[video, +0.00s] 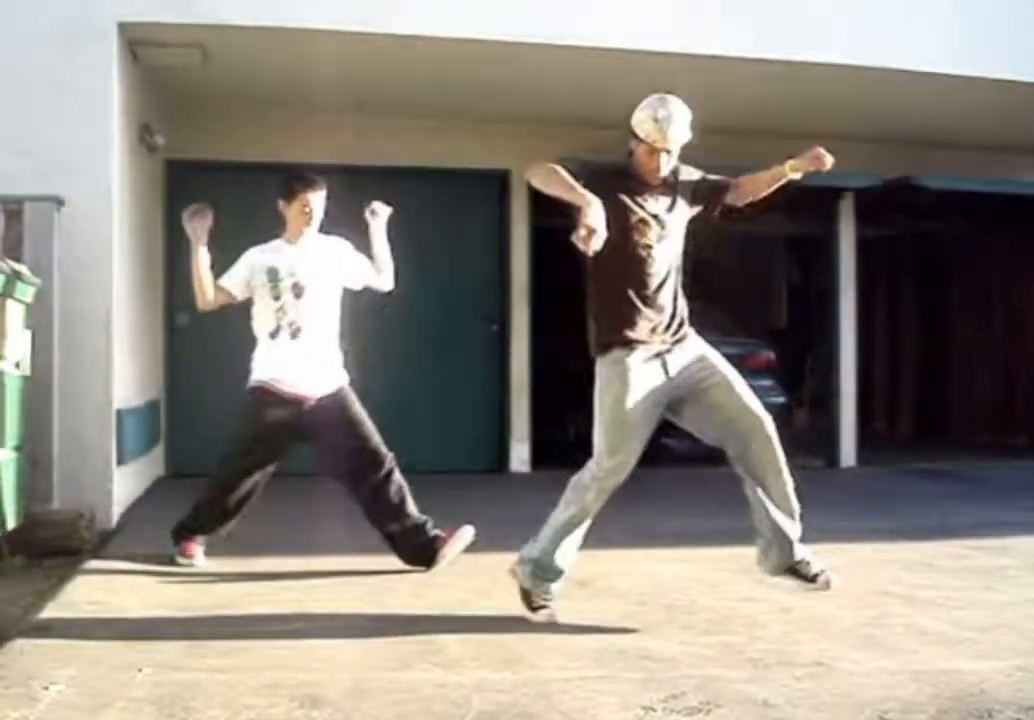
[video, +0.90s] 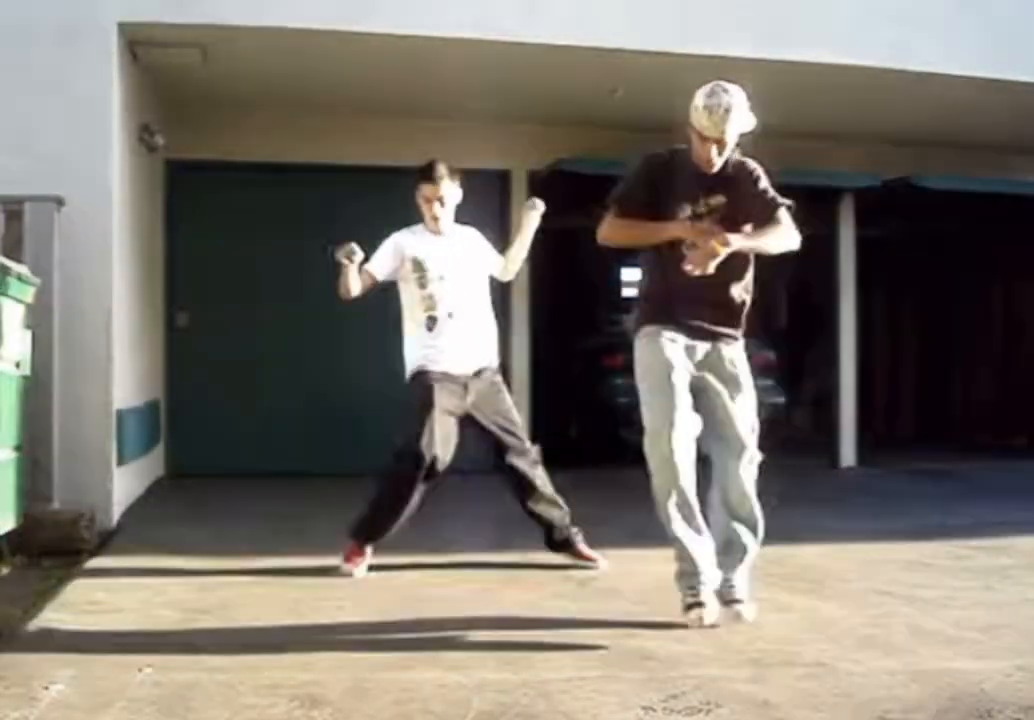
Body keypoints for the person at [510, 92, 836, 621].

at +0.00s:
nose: (660, 163)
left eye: (671, 153)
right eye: (652, 150)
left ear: (681, 150)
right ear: (634, 141)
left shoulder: (683, 184)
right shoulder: (608, 189)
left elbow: (738, 193)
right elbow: (537, 172)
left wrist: (791, 168)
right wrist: (588, 203)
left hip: (683, 345)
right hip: (627, 357)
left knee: (755, 429)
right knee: (611, 466)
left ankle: (785, 553)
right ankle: (536, 570)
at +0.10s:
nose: (675, 149)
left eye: (685, 139)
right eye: (666, 137)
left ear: (698, 133)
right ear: (650, 129)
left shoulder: (704, 169)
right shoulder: (623, 176)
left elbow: (750, 189)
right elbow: (553, 193)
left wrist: (790, 196)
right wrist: (614, 229)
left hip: (703, 332)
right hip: (646, 337)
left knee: (755, 438)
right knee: (655, 445)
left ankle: (722, 545)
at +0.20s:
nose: (693, 158)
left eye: (702, 148)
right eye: (684, 147)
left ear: (717, 144)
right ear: (670, 140)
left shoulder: (731, 189)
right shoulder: (634, 194)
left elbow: (778, 240)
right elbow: (583, 252)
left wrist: (786, 265)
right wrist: (638, 277)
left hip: (721, 346)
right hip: (665, 348)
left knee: (730, 458)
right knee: (690, 456)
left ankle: (682, 553)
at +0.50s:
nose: (723, 154)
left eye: (733, 144)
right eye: (715, 144)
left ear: (749, 135)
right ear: (701, 133)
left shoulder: (771, 178)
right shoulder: (672, 181)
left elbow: (817, 219)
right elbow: (634, 220)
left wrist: (785, 276)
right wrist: (648, 281)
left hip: (755, 342)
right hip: (690, 341)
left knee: (778, 461)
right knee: (684, 463)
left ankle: (739, 558)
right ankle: (725, 578)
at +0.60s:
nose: (734, 167)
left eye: (744, 158)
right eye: (726, 157)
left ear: (763, 150)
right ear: (713, 148)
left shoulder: (785, 193)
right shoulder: (687, 201)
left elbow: (822, 226)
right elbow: (657, 258)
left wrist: (810, 274)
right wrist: (650, 312)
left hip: (771, 365)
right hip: (701, 362)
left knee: (806, 476)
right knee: (663, 473)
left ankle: (836, 587)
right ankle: (634, 590)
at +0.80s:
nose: (725, 161)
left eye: (736, 152)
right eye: (718, 150)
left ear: (754, 145)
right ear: (705, 139)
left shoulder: (773, 187)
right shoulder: (674, 187)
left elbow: (835, 238)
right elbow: (619, 243)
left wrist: (799, 236)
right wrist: (675, 246)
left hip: (751, 352)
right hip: (687, 344)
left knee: (784, 467)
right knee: (674, 454)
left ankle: (823, 584)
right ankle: (623, 593)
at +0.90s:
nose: (713, 151)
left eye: (724, 142)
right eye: (706, 140)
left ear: (739, 136)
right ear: (690, 127)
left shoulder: (747, 175)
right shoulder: (657, 169)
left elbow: (788, 234)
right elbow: (608, 231)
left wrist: (733, 241)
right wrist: (680, 227)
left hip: (724, 336)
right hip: (664, 329)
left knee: (740, 452)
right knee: (671, 447)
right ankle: (695, 580)